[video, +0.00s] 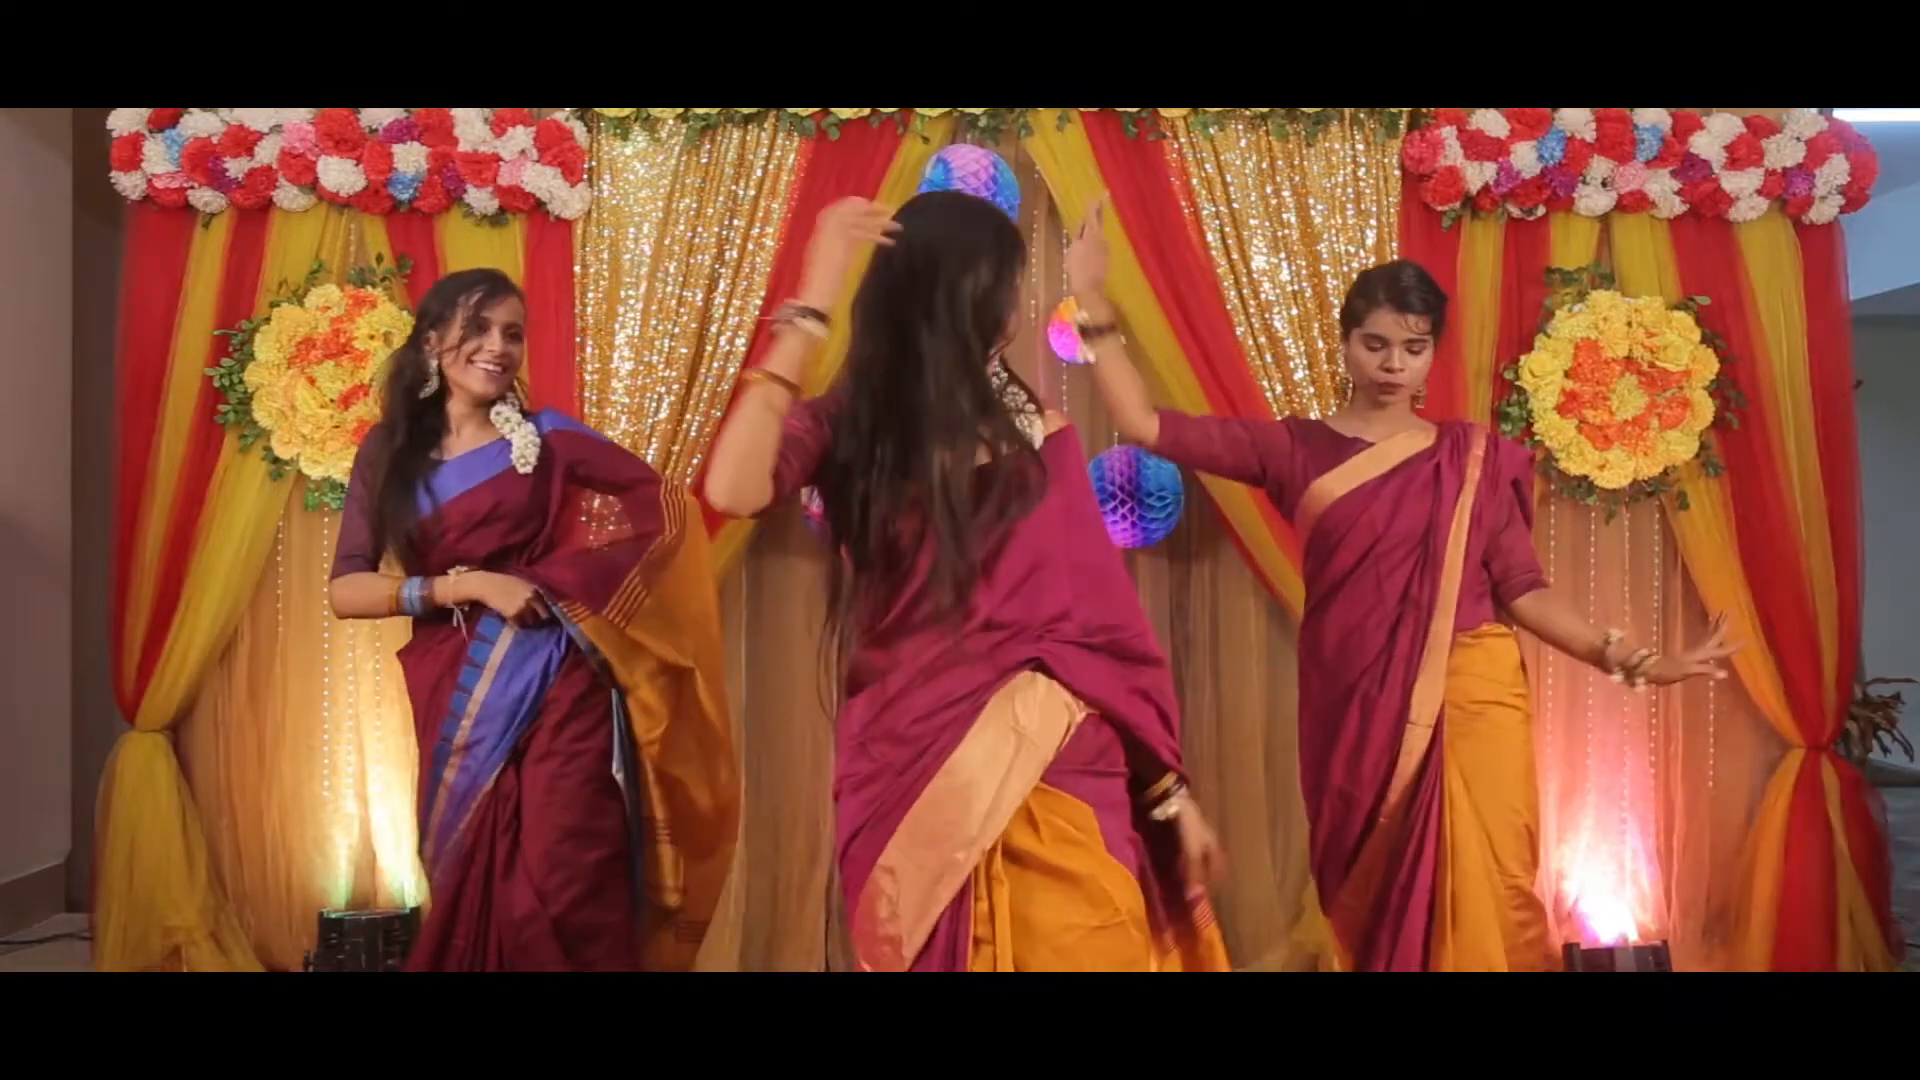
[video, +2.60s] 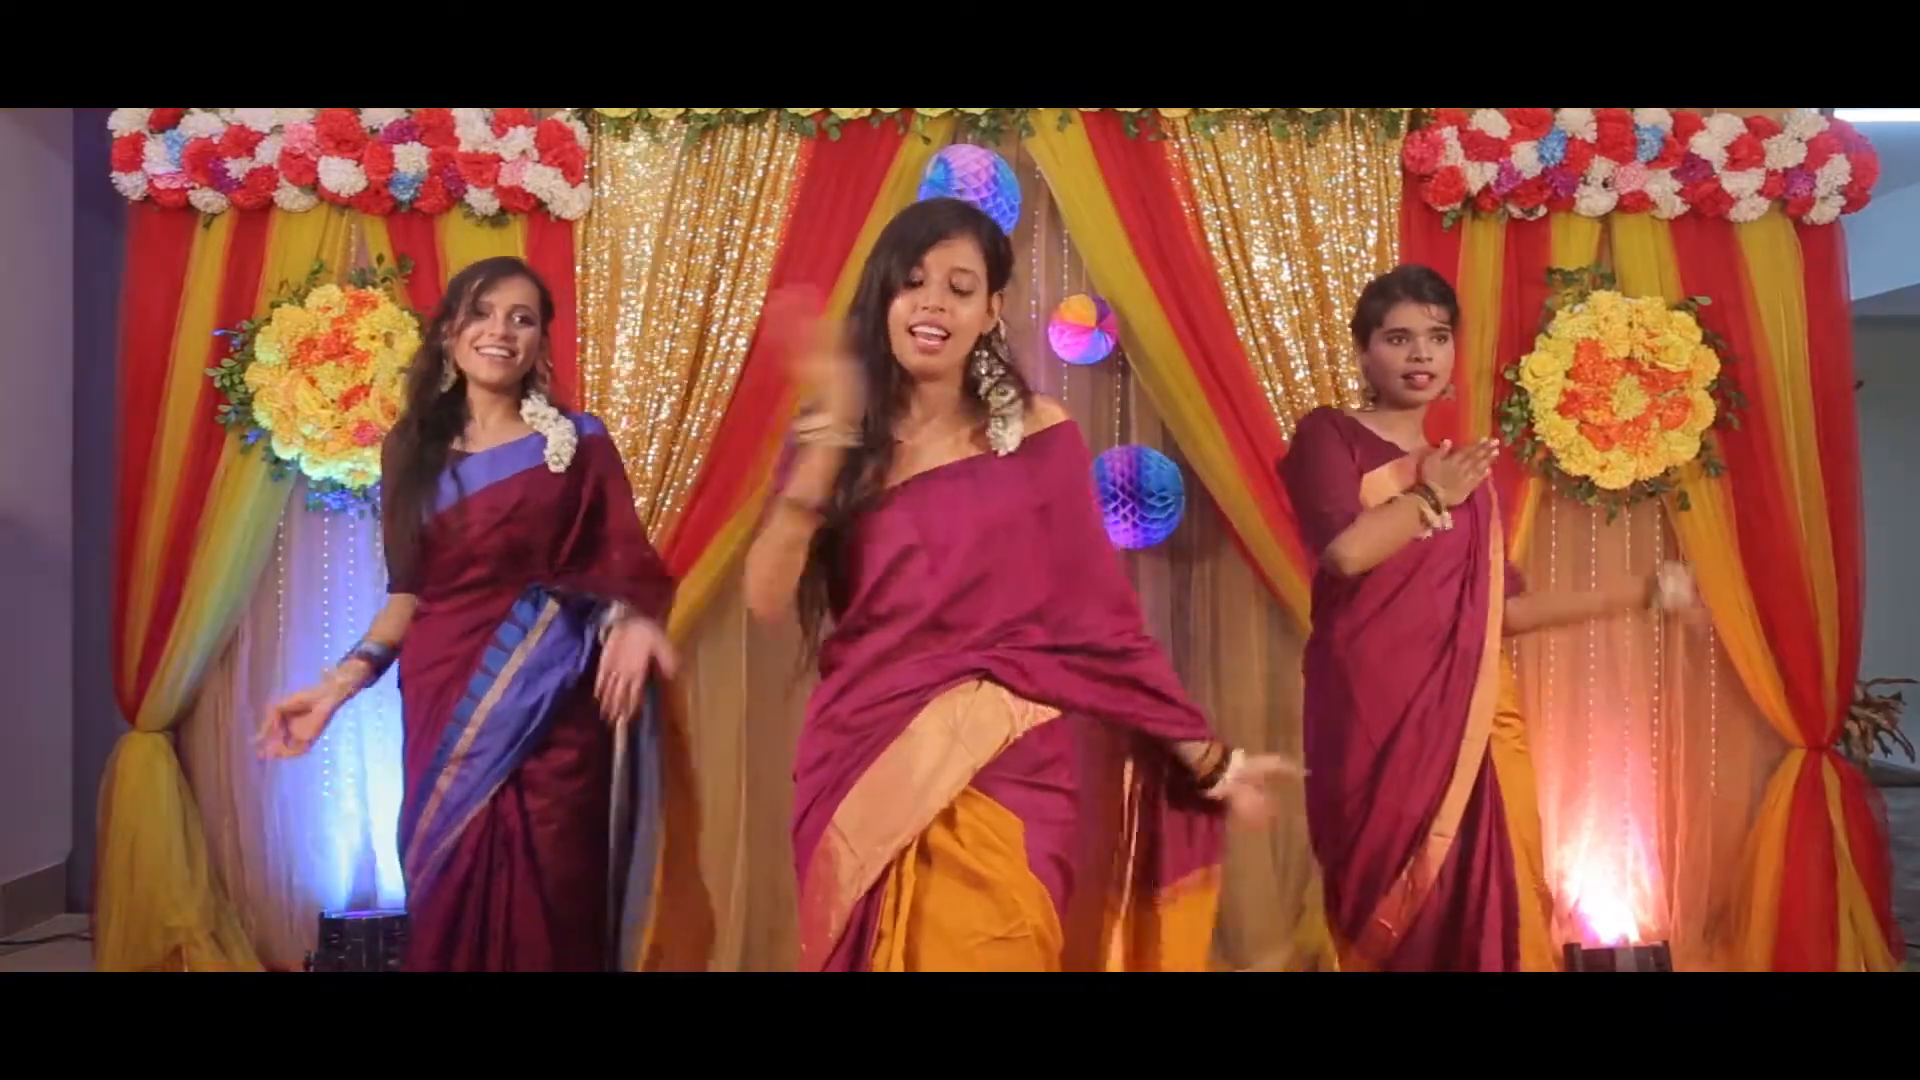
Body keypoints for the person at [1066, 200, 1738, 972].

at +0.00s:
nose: (1391, 363)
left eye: (1411, 347)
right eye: (1374, 342)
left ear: (1433, 350)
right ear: (1344, 340)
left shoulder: (1475, 453)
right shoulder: (1298, 448)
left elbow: (1524, 593)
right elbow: (1141, 425)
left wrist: (1629, 659)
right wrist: (1094, 319)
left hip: (1479, 689)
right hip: (1359, 701)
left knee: (1487, 892)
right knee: (1371, 900)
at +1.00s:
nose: (1407, 388)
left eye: (1425, 370)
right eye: (1388, 367)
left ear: (1444, 365)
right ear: (1352, 358)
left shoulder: (1474, 457)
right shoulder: (1305, 461)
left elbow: (1550, 559)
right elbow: (1162, 495)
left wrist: (1557, 637)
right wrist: (1174, 369)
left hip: (1468, 706)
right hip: (1352, 716)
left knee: (1473, 907)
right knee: (1359, 915)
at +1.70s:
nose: (1411, 356)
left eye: (1430, 340)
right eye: (1392, 336)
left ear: (1451, 346)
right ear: (1360, 337)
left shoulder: (1493, 440)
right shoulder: (1321, 447)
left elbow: (1564, 542)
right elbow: (1243, 541)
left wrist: (1561, 630)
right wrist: (1280, 426)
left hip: (1480, 693)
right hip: (1363, 702)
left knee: (1488, 901)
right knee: (1366, 910)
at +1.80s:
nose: (1411, 352)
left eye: (1430, 335)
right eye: (1392, 332)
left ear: (1451, 343)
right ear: (1361, 336)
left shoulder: (1492, 440)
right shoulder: (1315, 444)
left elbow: (1564, 550)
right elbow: (1257, 580)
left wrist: (1569, 639)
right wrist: (1284, 520)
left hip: (1483, 691)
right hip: (1364, 700)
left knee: (1492, 904)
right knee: (1370, 907)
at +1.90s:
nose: (1412, 357)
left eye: (1431, 341)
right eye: (1394, 338)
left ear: (1451, 350)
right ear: (1360, 344)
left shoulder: (1497, 447)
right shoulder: (1312, 465)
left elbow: (1545, 580)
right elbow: (1289, 615)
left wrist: (1578, 678)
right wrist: (1331, 614)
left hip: (1480, 705)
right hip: (1365, 717)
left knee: (1488, 913)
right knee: (1370, 919)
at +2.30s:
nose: (1417, 342)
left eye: (1436, 327)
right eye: (1398, 323)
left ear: (1452, 342)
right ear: (1361, 333)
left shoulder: (1485, 449)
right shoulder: (1317, 445)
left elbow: (1515, 597)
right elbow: (1307, 575)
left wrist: (1589, 706)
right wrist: (1341, 518)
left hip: (1491, 694)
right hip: (1379, 702)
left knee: (1513, 900)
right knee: (1390, 904)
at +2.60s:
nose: (1420, 354)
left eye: (1435, 337)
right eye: (1398, 337)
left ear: (1455, 353)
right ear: (1361, 352)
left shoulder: (1461, 465)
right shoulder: (1328, 434)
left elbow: (1502, 609)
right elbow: (1344, 552)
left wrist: (1639, 594)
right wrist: (1431, 496)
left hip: (1472, 711)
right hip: (1371, 713)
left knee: (1498, 905)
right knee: (1387, 913)